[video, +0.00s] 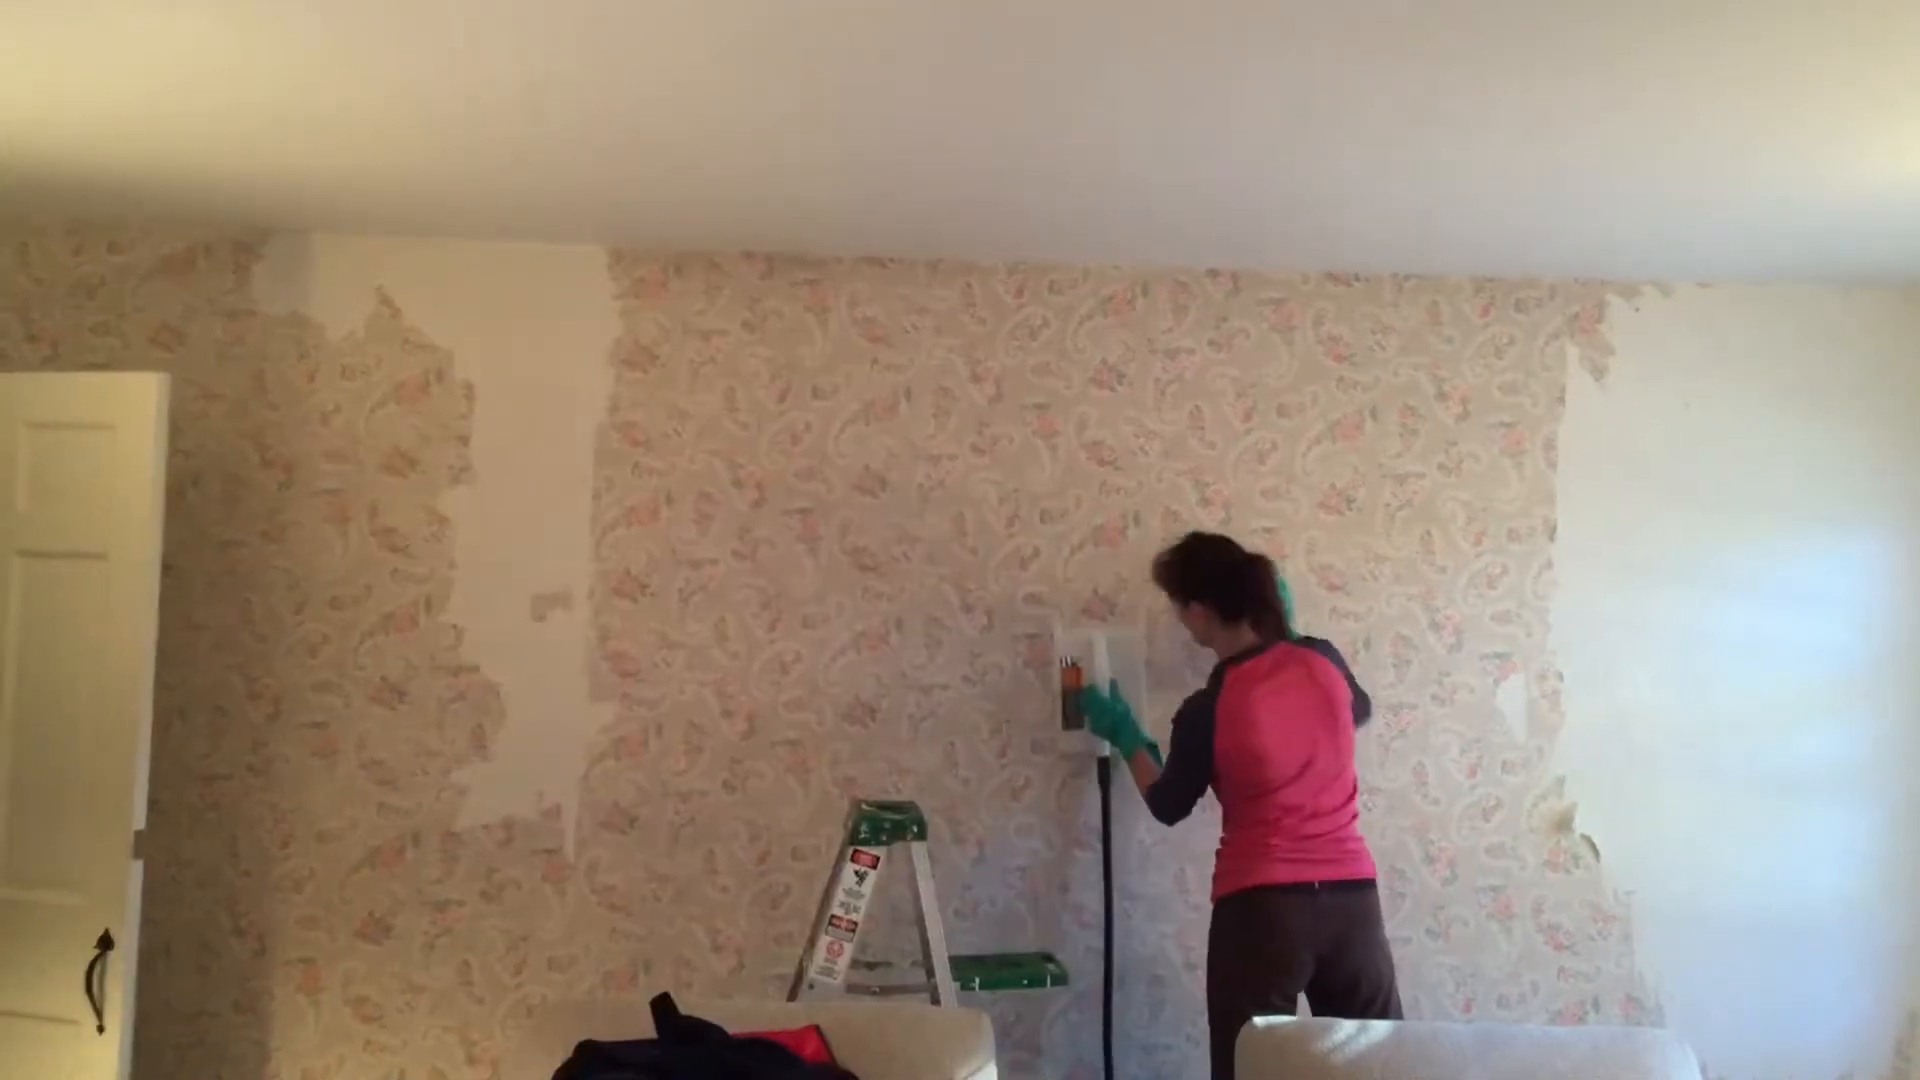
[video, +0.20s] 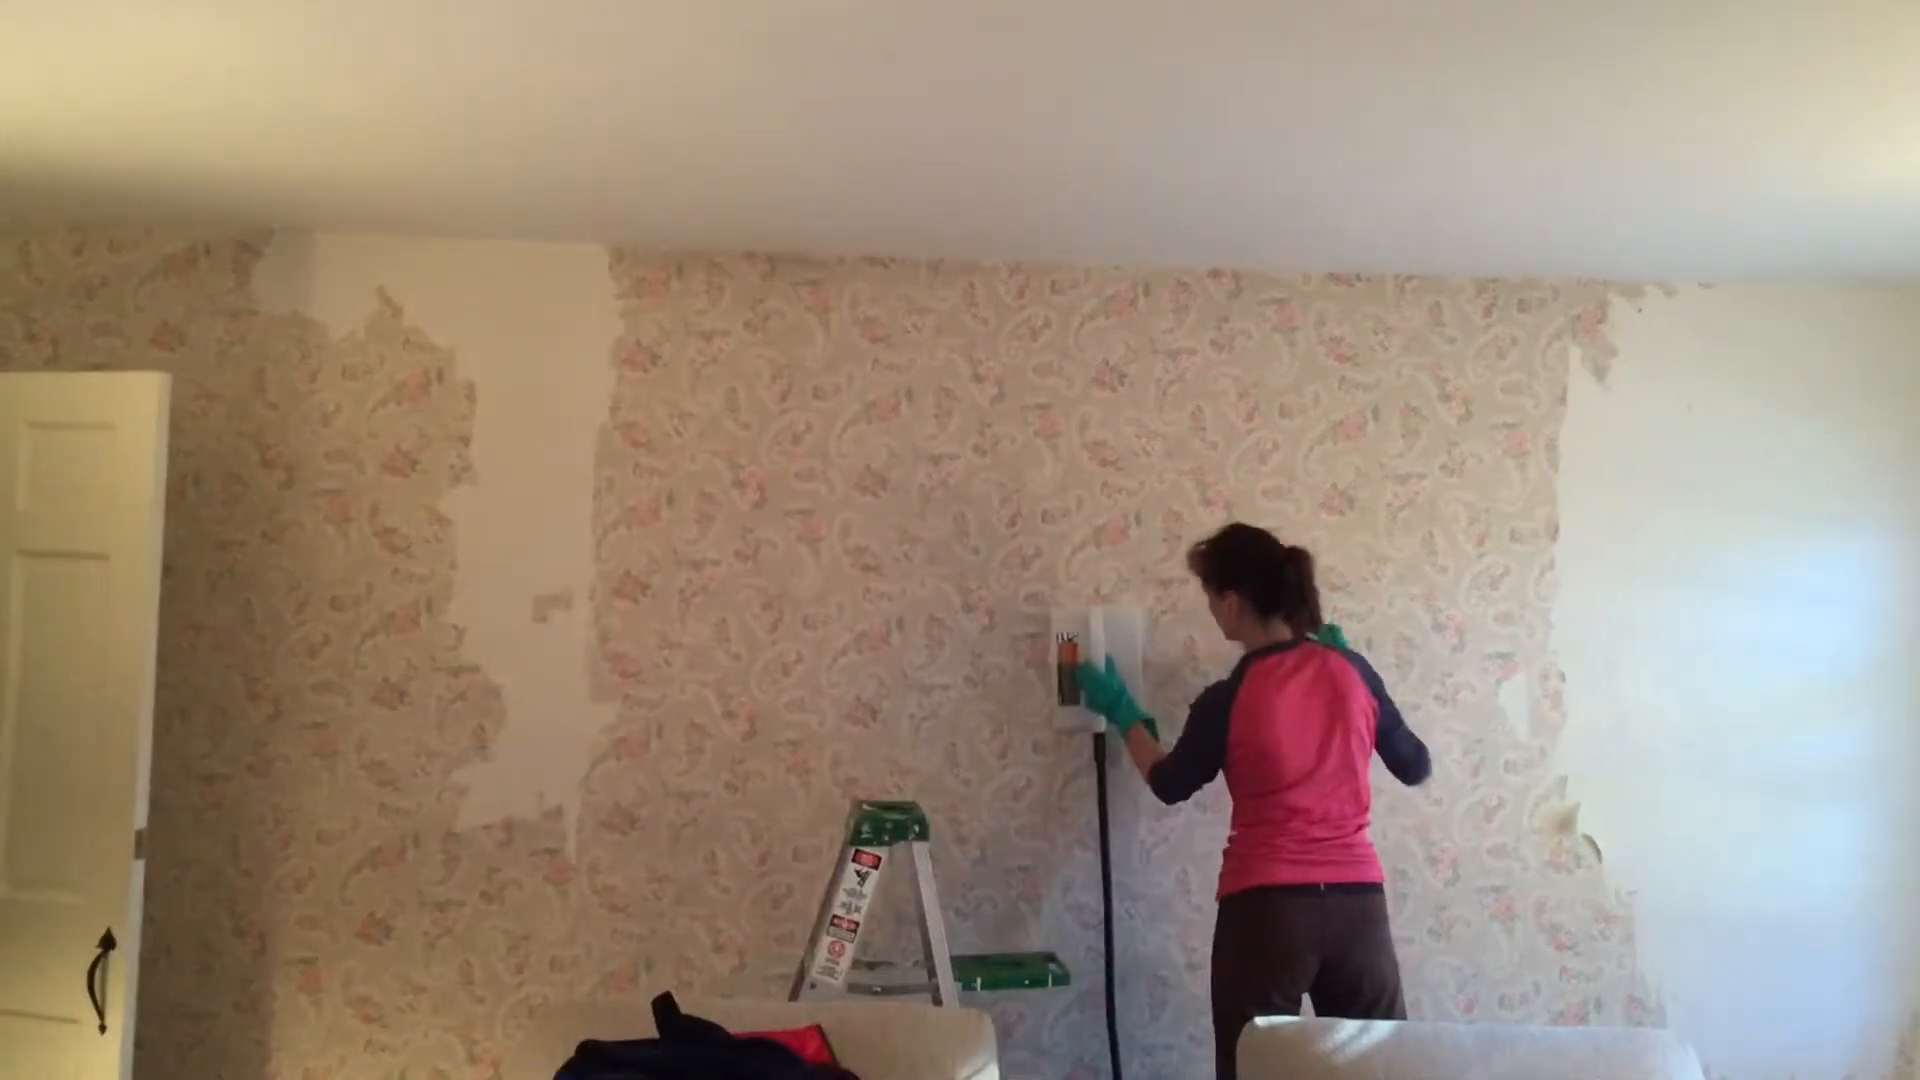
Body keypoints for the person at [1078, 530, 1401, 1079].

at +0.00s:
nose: (1181, 621)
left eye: (1180, 607)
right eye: (1178, 608)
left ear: (1203, 610)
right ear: (1258, 595)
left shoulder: (1207, 709)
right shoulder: (1323, 660)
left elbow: (1169, 804)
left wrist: (1127, 736)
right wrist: (1286, 639)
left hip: (1258, 917)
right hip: (1353, 911)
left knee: (1245, 1074)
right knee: (1380, 1070)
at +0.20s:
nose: (1212, 610)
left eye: (1211, 596)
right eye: (1208, 596)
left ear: (1233, 600)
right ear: (1288, 590)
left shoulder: (1228, 699)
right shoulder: (1354, 678)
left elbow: (1169, 783)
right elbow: (1414, 766)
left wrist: (1124, 714)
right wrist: (1351, 669)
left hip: (1263, 917)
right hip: (1358, 914)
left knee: (1251, 1074)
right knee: (1381, 1071)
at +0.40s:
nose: (1236, 605)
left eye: (1242, 590)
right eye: (1237, 590)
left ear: (1277, 597)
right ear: (1302, 593)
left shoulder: (1253, 692)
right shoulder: (1383, 682)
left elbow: (1177, 773)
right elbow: (1442, 794)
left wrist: (1128, 713)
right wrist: (1388, 725)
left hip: (1272, 918)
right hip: (1368, 919)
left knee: (1259, 1074)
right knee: (1381, 1073)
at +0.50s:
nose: (1241, 608)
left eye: (1249, 594)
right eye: (1241, 594)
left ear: (1296, 599)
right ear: (1302, 597)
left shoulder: (1264, 691)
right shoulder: (1393, 685)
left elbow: (1180, 768)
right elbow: (1451, 804)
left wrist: (1129, 712)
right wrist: (1399, 735)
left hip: (1278, 920)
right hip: (1374, 922)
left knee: (1262, 1075)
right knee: (1385, 1074)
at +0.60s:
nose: (1247, 611)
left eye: (1257, 597)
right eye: (1248, 596)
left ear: (1309, 600)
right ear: (1309, 599)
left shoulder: (1273, 688)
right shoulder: (1400, 686)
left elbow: (1182, 762)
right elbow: (1456, 807)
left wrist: (1128, 709)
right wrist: (1409, 742)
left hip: (1283, 919)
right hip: (1379, 922)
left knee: (1264, 1074)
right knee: (1385, 1075)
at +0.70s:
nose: (1251, 614)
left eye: (1261, 600)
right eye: (1251, 599)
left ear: (1315, 601)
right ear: (1318, 601)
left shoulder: (1278, 688)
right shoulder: (1402, 687)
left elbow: (1185, 758)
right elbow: (1457, 809)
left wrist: (1127, 708)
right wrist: (1404, 746)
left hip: (1288, 919)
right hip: (1383, 923)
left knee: (1267, 1073)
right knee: (1391, 1073)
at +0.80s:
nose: (1255, 614)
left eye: (1267, 600)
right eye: (1254, 600)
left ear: (1319, 599)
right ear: (1323, 599)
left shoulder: (1281, 686)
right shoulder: (1402, 687)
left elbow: (1184, 752)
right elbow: (1453, 805)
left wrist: (1128, 707)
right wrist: (1393, 747)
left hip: (1291, 920)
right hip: (1385, 924)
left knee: (1266, 1072)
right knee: (1393, 1072)